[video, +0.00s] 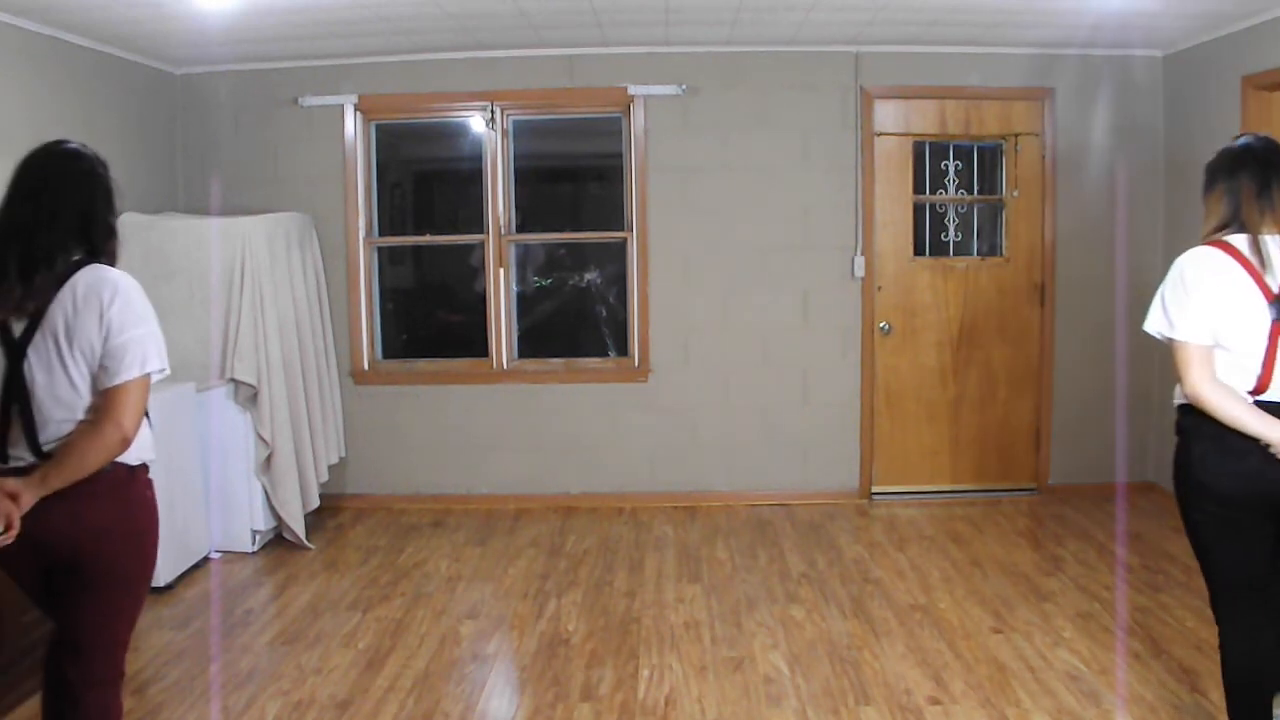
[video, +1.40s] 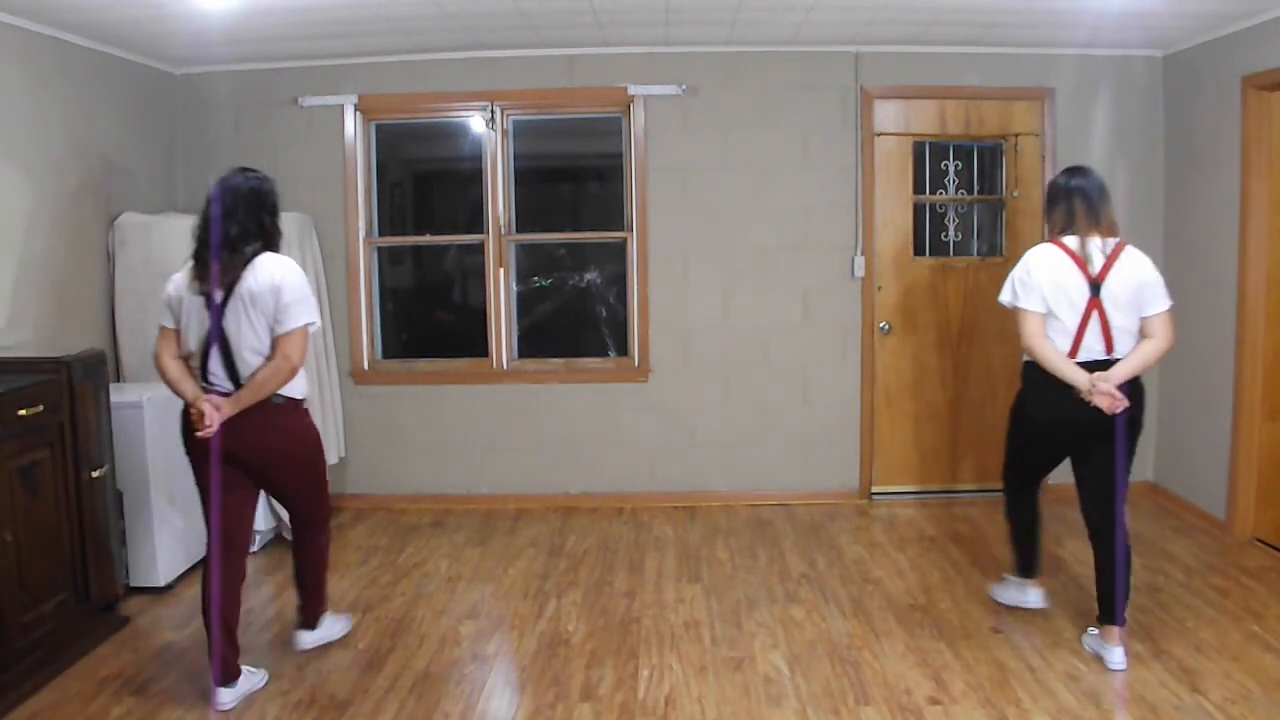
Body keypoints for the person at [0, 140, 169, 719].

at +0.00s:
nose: (114, 215)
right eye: (110, 204)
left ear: (17, 207)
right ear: (99, 214)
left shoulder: (7, 291)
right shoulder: (110, 291)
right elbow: (116, 422)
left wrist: (21, 487)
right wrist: (31, 485)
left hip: (14, 509)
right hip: (103, 508)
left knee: (76, 642)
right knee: (92, 682)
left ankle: (67, 706)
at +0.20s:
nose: (134, 224)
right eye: (131, 212)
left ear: (43, 213)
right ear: (122, 220)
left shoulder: (12, 295)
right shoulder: (134, 292)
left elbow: (3, 412)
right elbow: (136, 418)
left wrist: (11, 471)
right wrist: (54, 479)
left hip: (29, 504)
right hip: (122, 502)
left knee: (108, 626)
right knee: (103, 676)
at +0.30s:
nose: (148, 233)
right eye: (143, 221)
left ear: (60, 222)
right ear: (136, 229)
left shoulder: (20, 305)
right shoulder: (148, 298)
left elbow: (5, 407)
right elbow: (150, 419)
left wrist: (29, 477)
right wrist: (68, 479)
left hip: (55, 506)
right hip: (136, 502)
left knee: (139, 639)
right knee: (109, 671)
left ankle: (160, 714)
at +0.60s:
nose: (189, 239)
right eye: (186, 230)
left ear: (112, 240)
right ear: (183, 239)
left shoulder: (91, 311)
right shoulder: (201, 303)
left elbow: (68, 403)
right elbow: (216, 411)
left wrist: (109, 462)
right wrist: (145, 458)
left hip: (127, 477)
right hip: (198, 475)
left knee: (200, 580)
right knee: (181, 623)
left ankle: (226, 680)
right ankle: (142, 713)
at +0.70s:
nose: (203, 223)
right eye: (199, 214)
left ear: (129, 227)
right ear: (195, 224)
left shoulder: (110, 298)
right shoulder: (215, 288)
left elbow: (92, 381)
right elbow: (224, 393)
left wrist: (128, 436)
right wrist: (156, 440)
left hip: (143, 461)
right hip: (210, 460)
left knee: (201, 569)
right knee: (227, 588)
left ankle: (226, 680)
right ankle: (165, 692)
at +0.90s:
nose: (224, 210)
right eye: (219, 202)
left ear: (154, 211)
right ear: (214, 208)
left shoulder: (134, 278)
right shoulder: (229, 268)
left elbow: (119, 360)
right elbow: (235, 367)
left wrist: (151, 411)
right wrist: (181, 415)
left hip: (163, 429)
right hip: (230, 428)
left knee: (207, 550)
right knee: (271, 534)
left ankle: (220, 677)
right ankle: (229, 650)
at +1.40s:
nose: (275, 219)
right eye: (272, 211)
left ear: (212, 218)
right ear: (268, 218)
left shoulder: (185, 281)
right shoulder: (283, 273)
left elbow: (166, 354)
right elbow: (288, 359)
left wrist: (197, 399)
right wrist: (227, 406)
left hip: (207, 425)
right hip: (274, 423)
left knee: (223, 549)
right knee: (311, 519)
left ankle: (224, 679)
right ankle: (312, 621)